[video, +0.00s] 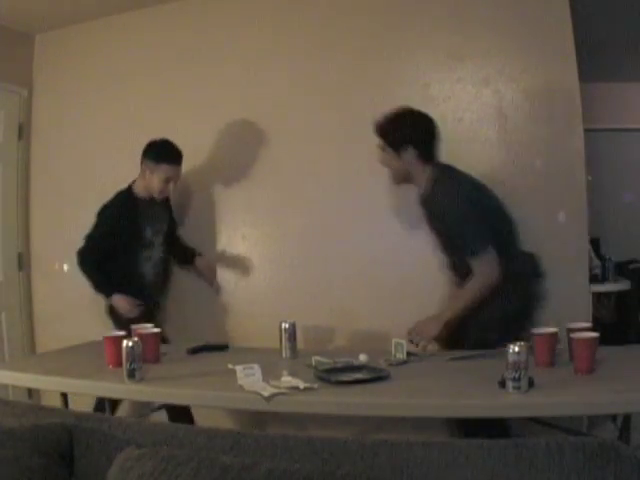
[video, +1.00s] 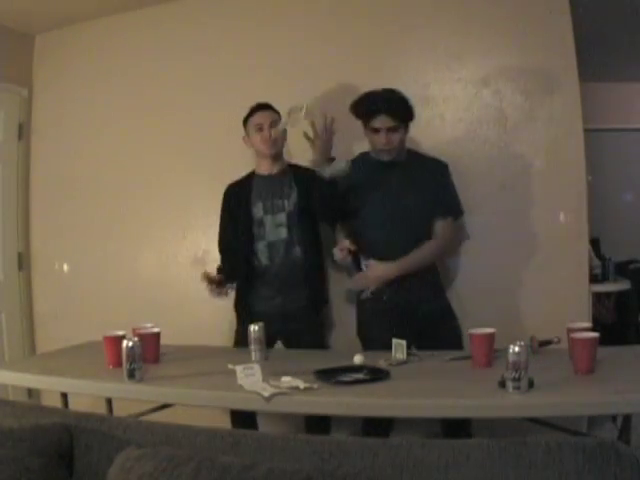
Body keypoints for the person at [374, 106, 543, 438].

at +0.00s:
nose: (382, 160)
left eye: (386, 151)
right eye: (382, 151)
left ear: (410, 154)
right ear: (411, 154)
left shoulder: (449, 193)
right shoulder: (435, 192)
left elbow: (489, 272)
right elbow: (463, 272)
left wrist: (438, 322)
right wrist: (445, 325)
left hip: (509, 291)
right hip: (488, 289)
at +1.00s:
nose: (385, 140)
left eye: (393, 130)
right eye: (376, 131)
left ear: (406, 129)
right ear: (365, 131)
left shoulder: (432, 171)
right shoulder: (352, 176)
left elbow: (447, 238)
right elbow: (343, 227)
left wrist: (388, 270)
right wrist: (343, 247)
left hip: (426, 295)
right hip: (376, 299)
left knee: (451, 385)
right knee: (378, 393)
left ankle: (463, 471)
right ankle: (372, 474)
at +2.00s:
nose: (364, 148)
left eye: (372, 139)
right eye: (356, 140)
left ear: (386, 135)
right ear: (346, 138)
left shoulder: (416, 171)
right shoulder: (333, 180)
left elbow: (434, 234)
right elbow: (324, 249)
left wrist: (377, 235)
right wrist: (331, 223)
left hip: (414, 296)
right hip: (365, 300)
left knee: (433, 383)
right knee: (374, 390)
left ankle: (433, 469)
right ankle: (372, 475)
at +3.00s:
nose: (367, 145)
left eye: (375, 135)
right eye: (360, 138)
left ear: (395, 135)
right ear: (354, 141)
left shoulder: (424, 168)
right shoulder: (356, 180)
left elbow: (412, 222)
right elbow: (331, 232)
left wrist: (372, 170)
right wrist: (333, 180)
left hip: (433, 288)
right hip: (386, 292)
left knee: (464, 371)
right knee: (380, 382)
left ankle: (462, 463)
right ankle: (368, 468)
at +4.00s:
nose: (382, 134)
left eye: (391, 126)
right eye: (378, 127)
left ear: (416, 134)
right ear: (374, 132)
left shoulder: (440, 164)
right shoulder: (370, 171)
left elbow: (403, 164)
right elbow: (333, 148)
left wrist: (358, 115)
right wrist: (329, 103)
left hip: (436, 293)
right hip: (389, 294)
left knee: (448, 386)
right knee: (378, 388)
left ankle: (444, 469)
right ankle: (367, 469)